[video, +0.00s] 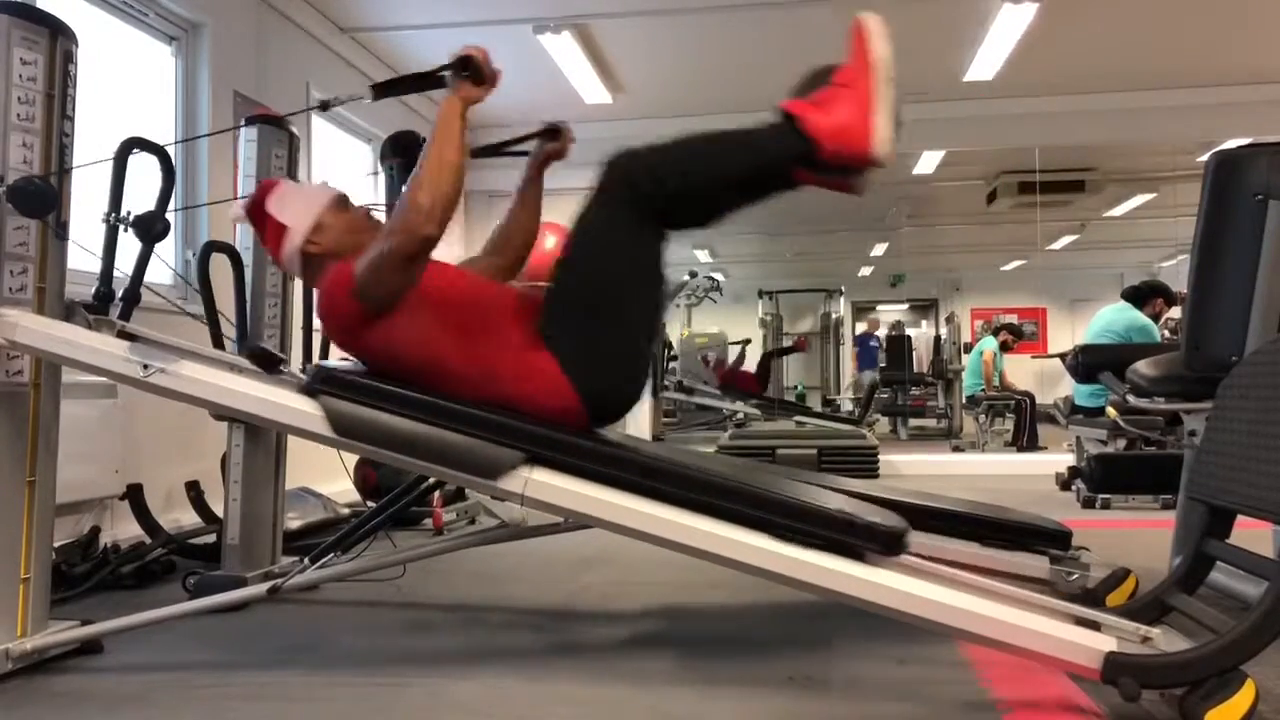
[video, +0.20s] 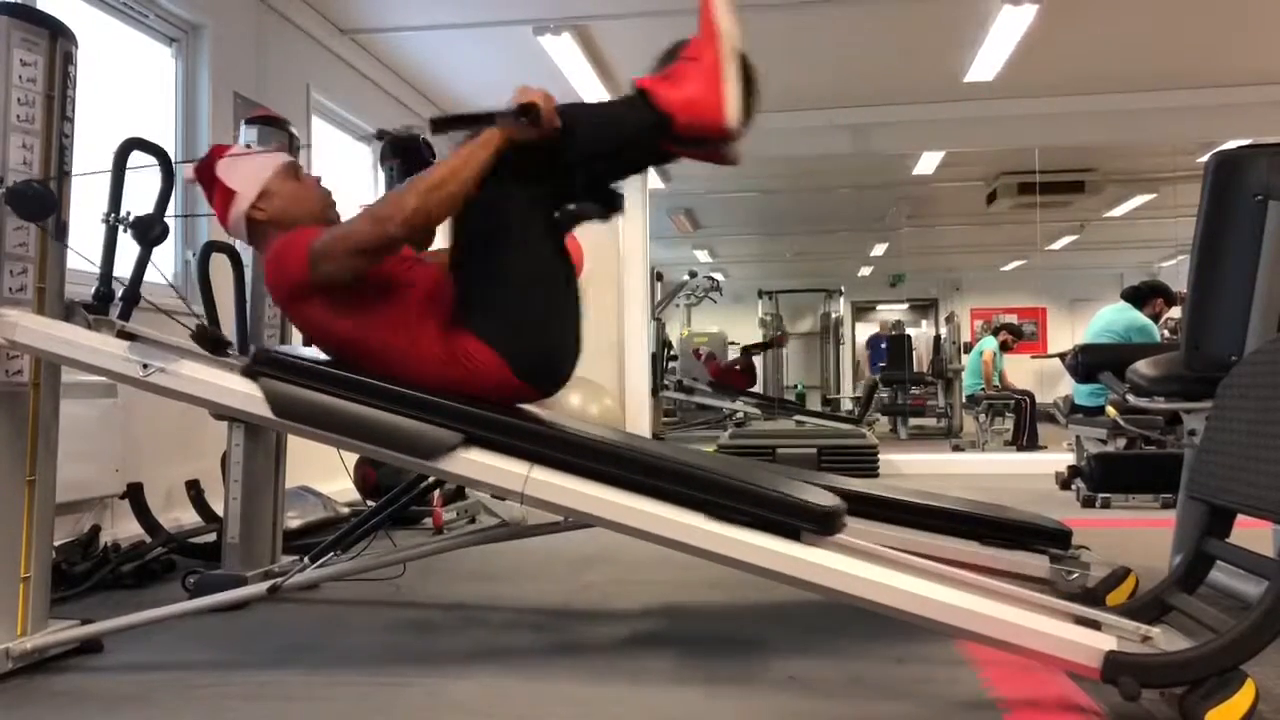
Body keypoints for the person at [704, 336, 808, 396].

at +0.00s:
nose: (724, 363)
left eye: (722, 362)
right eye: (721, 363)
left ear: (717, 369)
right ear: (719, 368)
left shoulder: (725, 376)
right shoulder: (726, 377)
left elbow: (738, 363)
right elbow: (738, 362)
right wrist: (743, 347)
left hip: (757, 384)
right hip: (758, 387)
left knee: (767, 357)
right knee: (767, 356)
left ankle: (795, 347)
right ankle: (796, 348)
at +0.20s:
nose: (715, 355)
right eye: (713, 354)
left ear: (704, 361)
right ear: (712, 357)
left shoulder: (715, 370)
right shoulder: (716, 368)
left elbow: (730, 364)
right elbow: (730, 364)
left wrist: (742, 359)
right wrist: (743, 358)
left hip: (746, 381)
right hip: (748, 380)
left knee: (745, 350)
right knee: (745, 350)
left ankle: (771, 343)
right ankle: (772, 343)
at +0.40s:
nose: (711, 351)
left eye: (708, 350)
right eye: (709, 350)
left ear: (701, 358)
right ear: (708, 353)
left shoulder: (708, 369)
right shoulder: (713, 363)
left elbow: (731, 366)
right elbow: (732, 365)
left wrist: (756, 359)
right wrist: (751, 366)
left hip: (738, 382)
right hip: (742, 378)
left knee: (735, 349)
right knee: (735, 349)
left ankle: (763, 340)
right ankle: (764, 340)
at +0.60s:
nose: (710, 349)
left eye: (707, 348)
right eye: (707, 349)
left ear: (702, 357)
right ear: (705, 354)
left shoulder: (709, 368)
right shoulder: (714, 363)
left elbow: (732, 366)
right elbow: (733, 365)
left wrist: (755, 362)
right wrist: (751, 367)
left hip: (737, 383)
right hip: (742, 380)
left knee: (739, 350)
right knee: (739, 349)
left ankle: (765, 341)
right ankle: (766, 341)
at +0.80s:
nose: (713, 353)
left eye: (711, 352)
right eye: (711, 353)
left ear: (705, 360)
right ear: (710, 356)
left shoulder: (715, 368)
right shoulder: (716, 368)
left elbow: (734, 360)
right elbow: (735, 360)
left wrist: (748, 350)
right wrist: (750, 350)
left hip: (744, 380)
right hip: (747, 381)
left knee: (751, 352)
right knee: (753, 353)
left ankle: (780, 344)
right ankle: (782, 345)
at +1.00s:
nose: (721, 358)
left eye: (719, 357)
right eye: (718, 358)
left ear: (713, 363)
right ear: (715, 362)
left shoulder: (722, 371)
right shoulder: (723, 371)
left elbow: (737, 355)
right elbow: (739, 355)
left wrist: (743, 340)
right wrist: (746, 339)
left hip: (755, 385)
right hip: (757, 385)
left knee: (769, 358)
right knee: (770, 358)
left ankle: (800, 352)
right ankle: (801, 352)